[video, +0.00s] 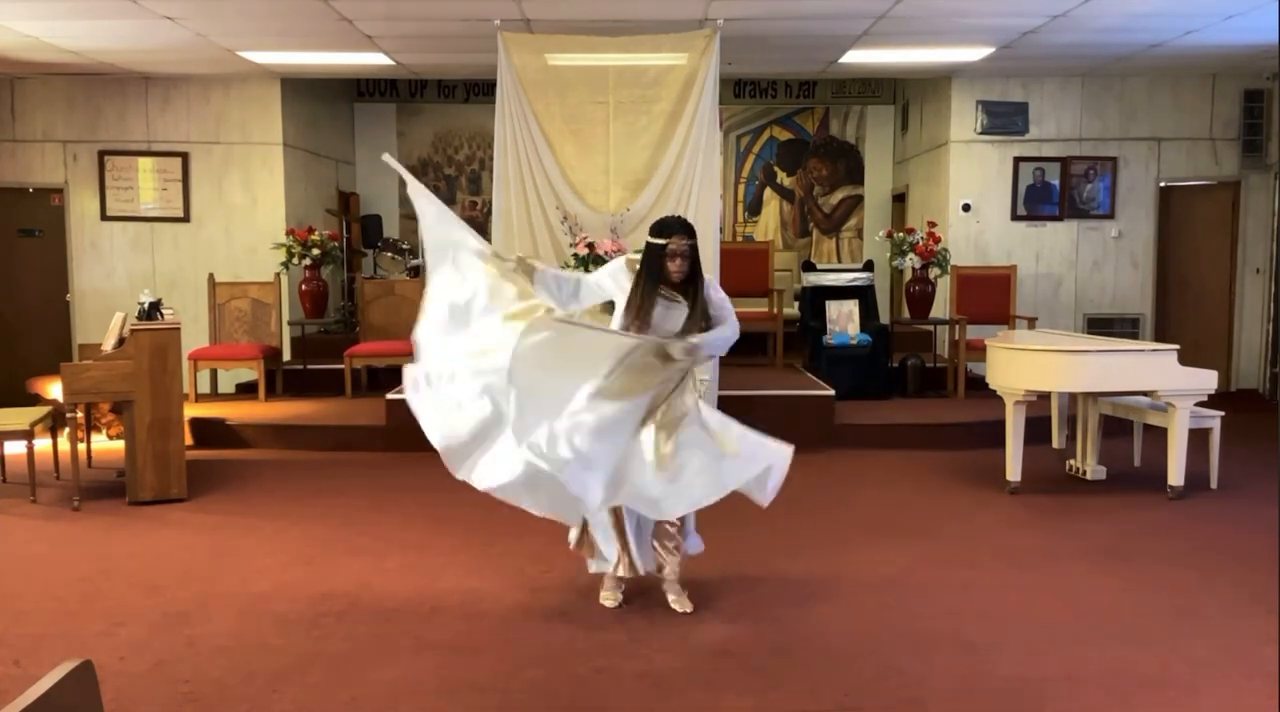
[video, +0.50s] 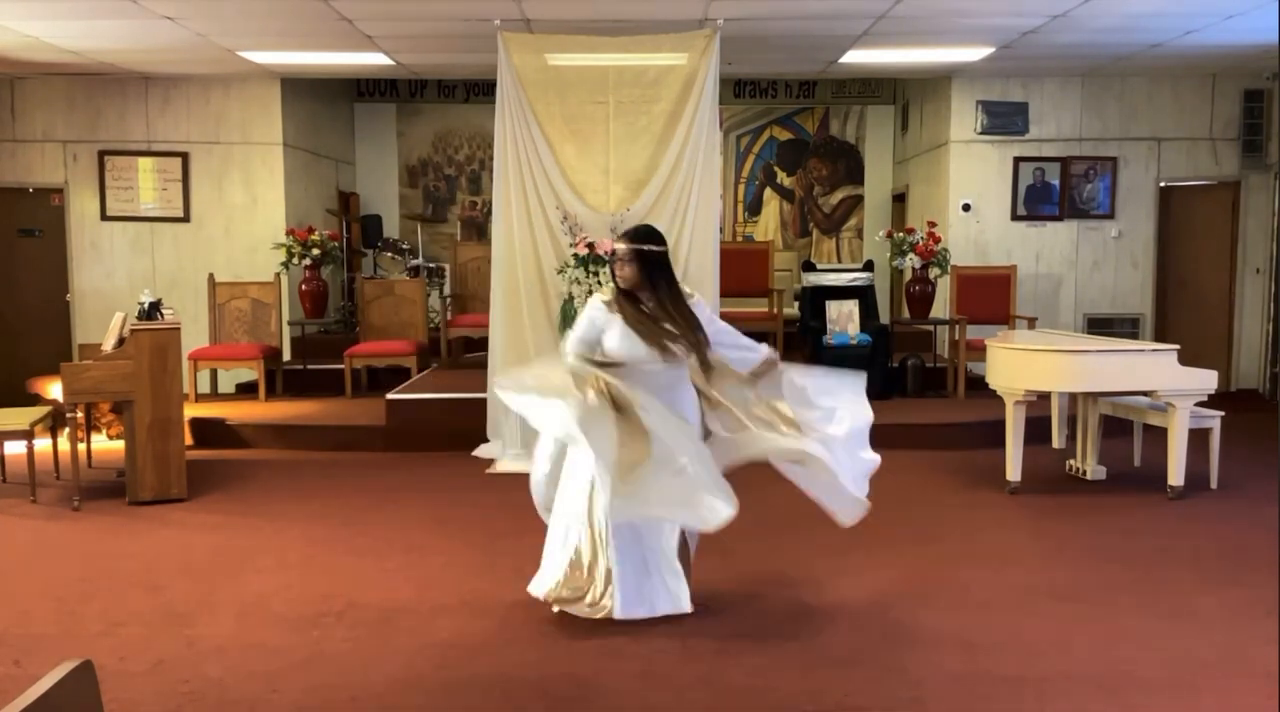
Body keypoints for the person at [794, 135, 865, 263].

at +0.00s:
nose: (815, 176)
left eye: (821, 170)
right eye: (812, 171)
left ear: (839, 166)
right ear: (808, 172)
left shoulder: (854, 193)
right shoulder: (819, 195)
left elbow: (828, 227)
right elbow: (800, 233)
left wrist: (808, 197)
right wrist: (798, 197)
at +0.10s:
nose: (815, 176)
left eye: (821, 170)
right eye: (812, 171)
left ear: (840, 166)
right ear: (808, 172)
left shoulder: (854, 193)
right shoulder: (819, 194)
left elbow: (828, 227)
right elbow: (800, 233)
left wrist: (807, 196)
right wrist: (798, 198)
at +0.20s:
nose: (815, 176)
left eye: (821, 170)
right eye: (812, 171)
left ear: (840, 166)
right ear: (808, 172)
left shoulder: (854, 193)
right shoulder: (819, 194)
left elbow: (828, 227)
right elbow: (800, 233)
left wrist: (807, 196)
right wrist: (798, 198)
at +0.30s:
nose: (815, 176)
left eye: (820, 170)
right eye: (812, 171)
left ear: (839, 166)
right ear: (808, 173)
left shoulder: (854, 193)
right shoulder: (819, 195)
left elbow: (828, 226)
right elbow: (799, 232)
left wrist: (808, 196)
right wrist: (799, 197)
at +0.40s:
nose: (815, 176)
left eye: (821, 170)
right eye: (812, 171)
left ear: (839, 166)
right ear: (808, 172)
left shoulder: (854, 193)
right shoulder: (819, 195)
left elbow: (828, 227)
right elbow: (799, 233)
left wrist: (808, 197)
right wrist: (799, 197)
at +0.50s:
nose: (815, 176)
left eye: (821, 170)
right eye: (812, 171)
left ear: (839, 166)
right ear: (808, 172)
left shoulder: (854, 193)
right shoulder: (819, 195)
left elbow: (828, 227)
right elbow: (799, 233)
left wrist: (808, 197)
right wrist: (799, 197)